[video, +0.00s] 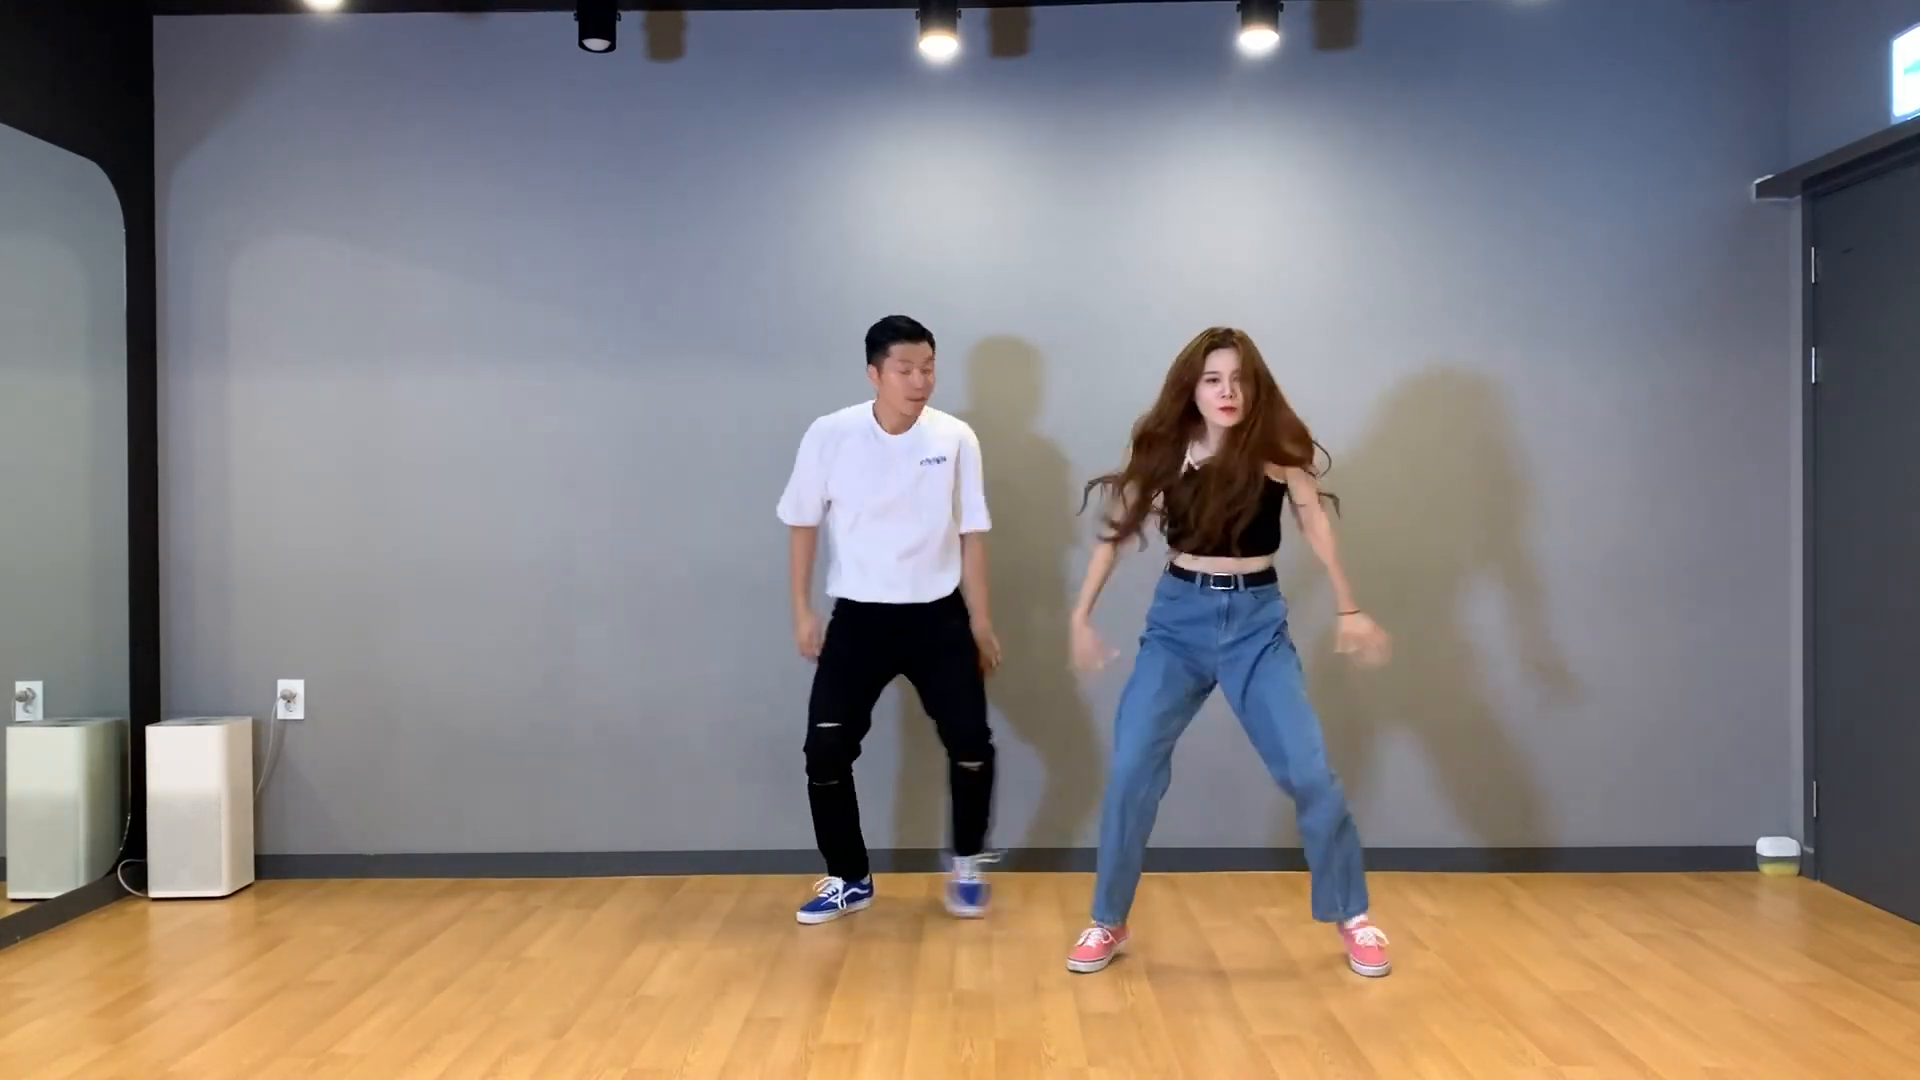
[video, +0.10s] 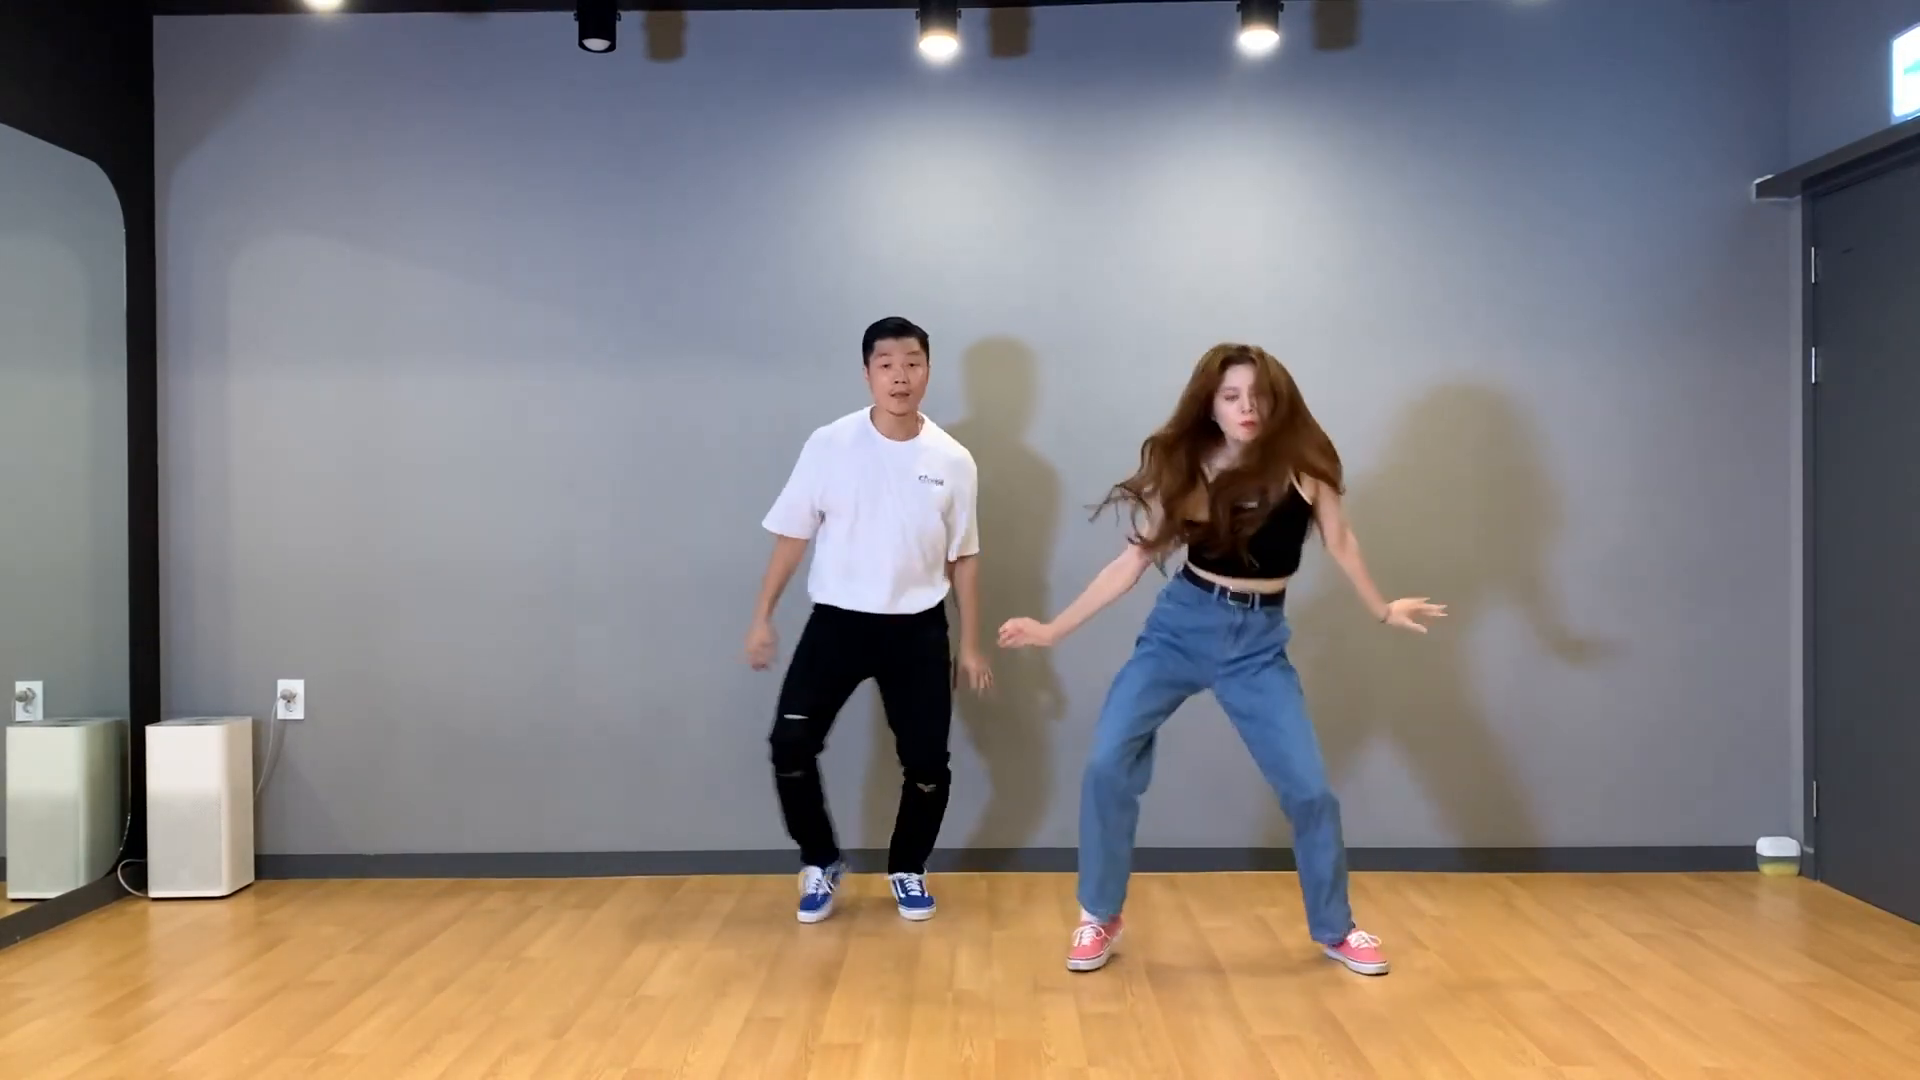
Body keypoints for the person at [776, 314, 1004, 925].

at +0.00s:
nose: (921, 381)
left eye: (928, 369)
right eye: (908, 368)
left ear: (935, 373)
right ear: (875, 372)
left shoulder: (955, 439)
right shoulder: (828, 437)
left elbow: (973, 538)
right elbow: (803, 526)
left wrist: (981, 622)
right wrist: (803, 610)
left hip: (940, 619)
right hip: (859, 619)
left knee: (972, 743)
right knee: (825, 747)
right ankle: (850, 879)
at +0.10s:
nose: (900, 376)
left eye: (912, 363)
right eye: (886, 364)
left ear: (928, 372)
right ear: (868, 373)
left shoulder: (953, 461)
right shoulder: (829, 444)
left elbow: (963, 557)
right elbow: (793, 534)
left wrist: (970, 644)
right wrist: (762, 613)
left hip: (917, 630)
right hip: (836, 624)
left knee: (929, 764)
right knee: (790, 744)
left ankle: (908, 871)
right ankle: (820, 862)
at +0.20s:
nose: (892, 380)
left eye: (904, 367)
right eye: (878, 368)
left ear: (921, 377)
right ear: (860, 378)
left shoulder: (946, 458)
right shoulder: (821, 443)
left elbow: (950, 552)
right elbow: (778, 526)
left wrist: (961, 635)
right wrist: (733, 602)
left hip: (898, 631)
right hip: (817, 623)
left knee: (930, 760)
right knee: (759, 743)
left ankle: (909, 871)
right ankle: (744, 857)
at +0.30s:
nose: (873, 392)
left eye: (886, 379)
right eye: (860, 380)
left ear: (905, 389)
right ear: (843, 390)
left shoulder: (925, 475)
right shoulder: (815, 448)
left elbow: (934, 572)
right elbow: (758, 521)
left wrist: (972, 648)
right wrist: (707, 584)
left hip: (881, 643)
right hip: (803, 633)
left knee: (935, 760)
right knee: (749, 752)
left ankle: (911, 870)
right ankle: (674, 865)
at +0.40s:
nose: (871, 401)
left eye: (884, 389)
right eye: (858, 389)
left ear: (901, 396)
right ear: (840, 397)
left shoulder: (926, 466)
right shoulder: (813, 449)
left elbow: (950, 553)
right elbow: (752, 522)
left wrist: (966, 638)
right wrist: (696, 589)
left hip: (882, 649)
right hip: (804, 643)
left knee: (936, 767)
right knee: (748, 760)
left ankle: (895, 870)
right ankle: (677, 872)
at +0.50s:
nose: (883, 388)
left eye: (893, 374)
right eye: (868, 376)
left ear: (905, 374)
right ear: (844, 378)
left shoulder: (936, 442)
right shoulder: (812, 438)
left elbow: (949, 538)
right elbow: (771, 519)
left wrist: (956, 621)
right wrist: (728, 593)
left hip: (913, 622)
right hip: (834, 620)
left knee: (930, 759)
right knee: (792, 741)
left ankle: (901, 870)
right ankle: (754, 863)